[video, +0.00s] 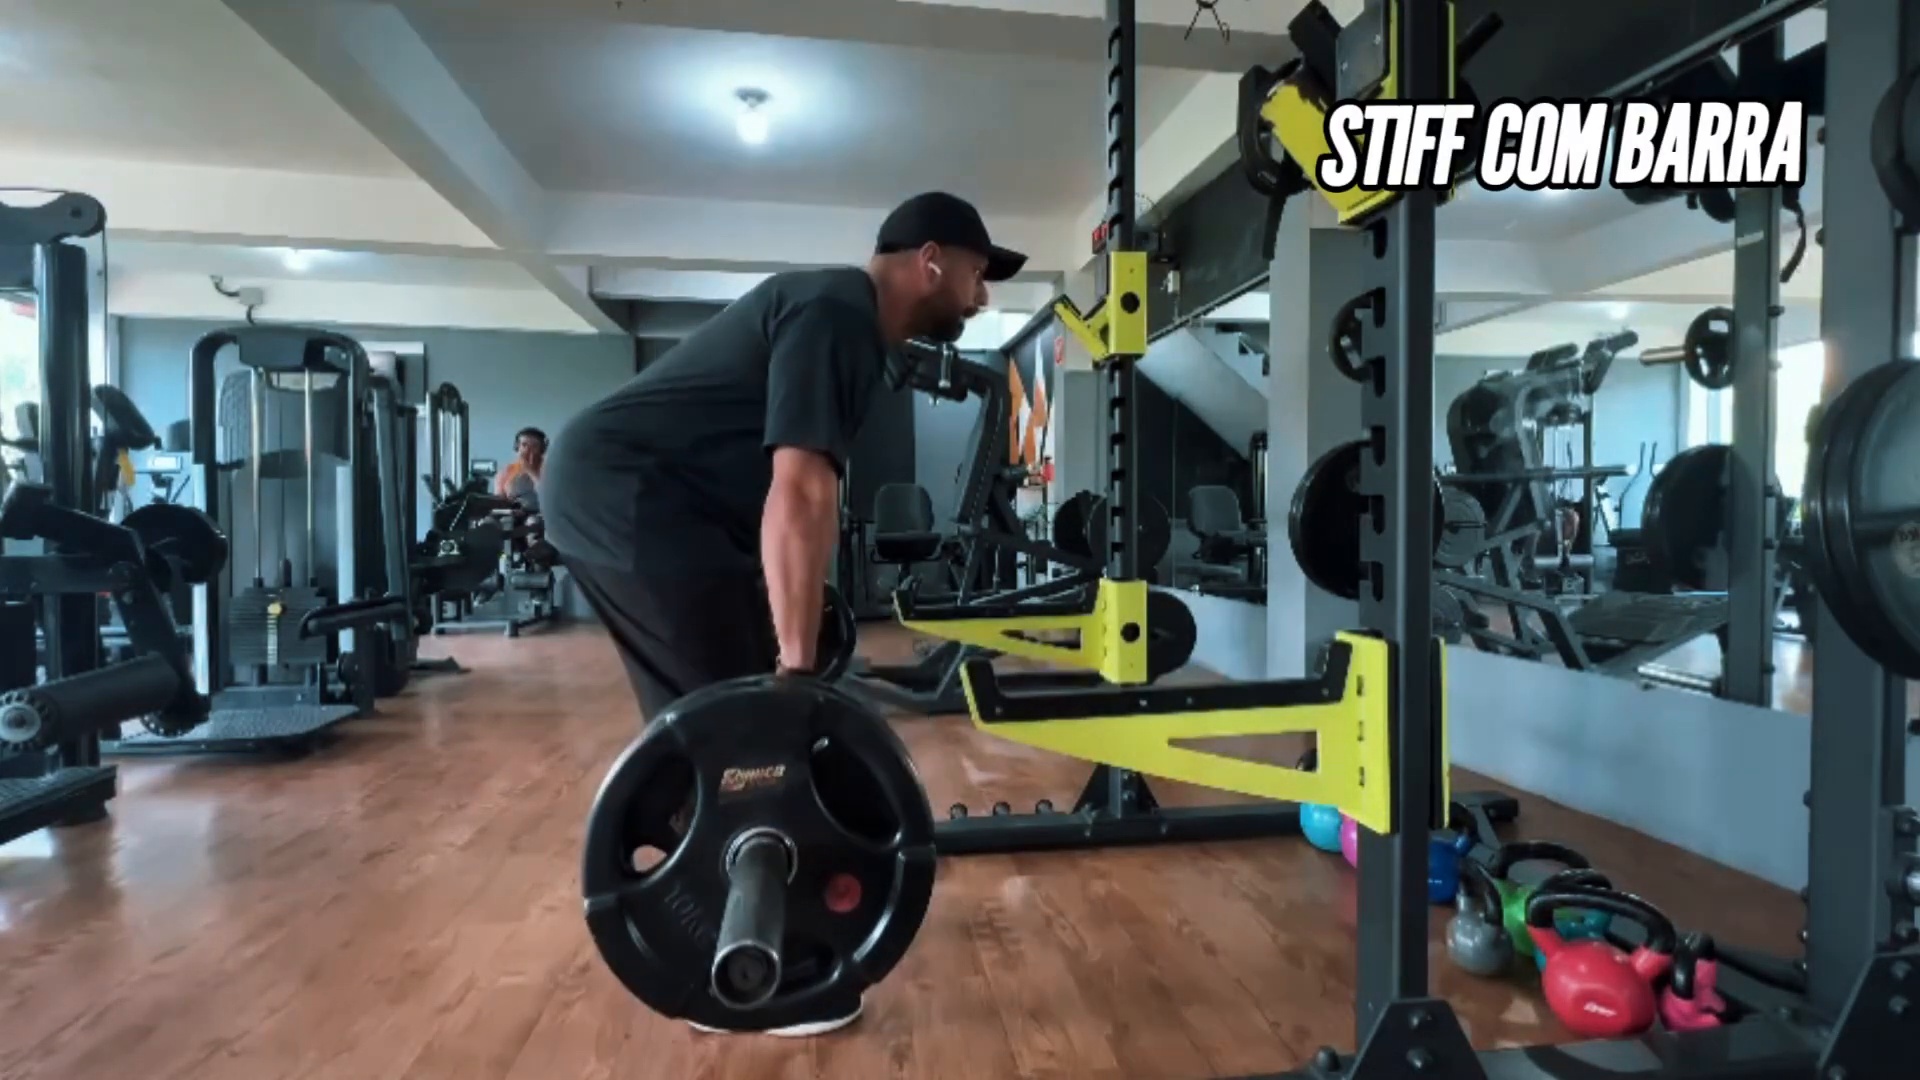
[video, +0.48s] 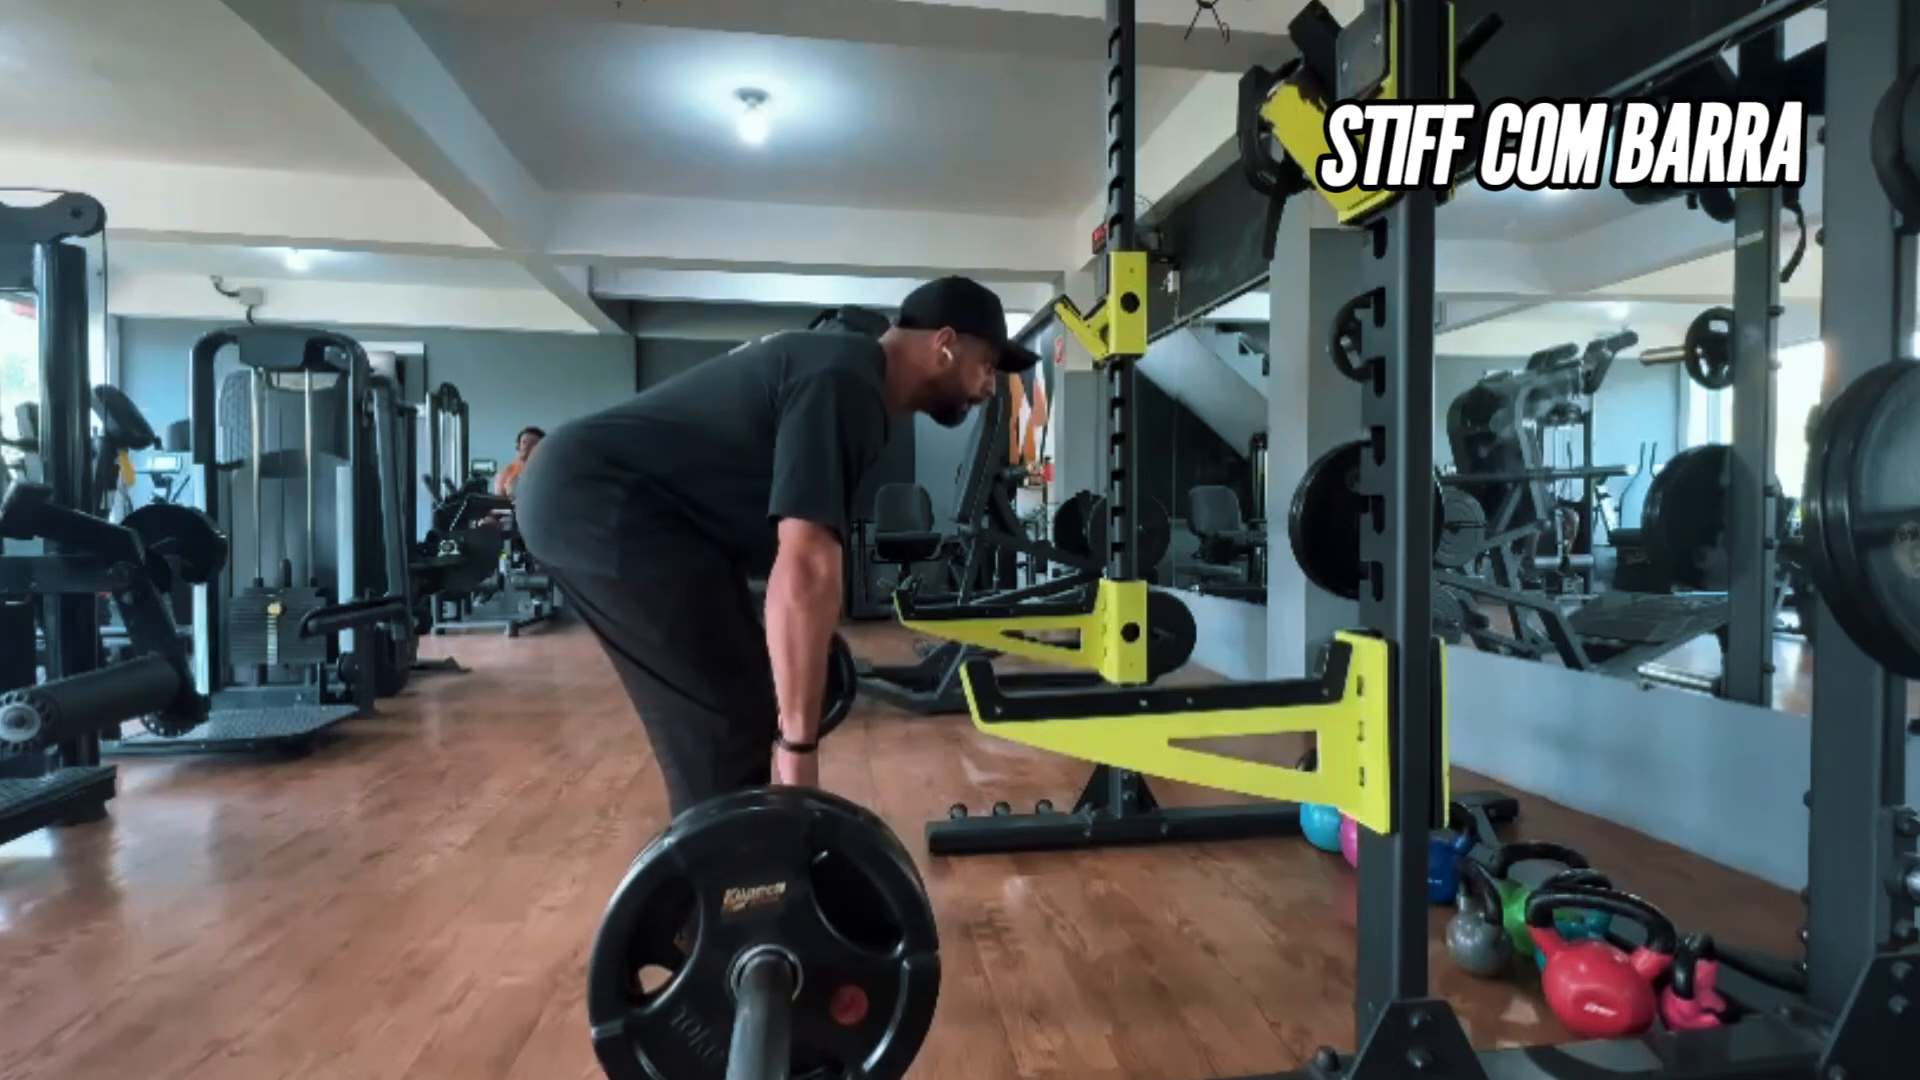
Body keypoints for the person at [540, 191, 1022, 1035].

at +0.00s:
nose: (982, 299)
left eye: (986, 283)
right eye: (978, 277)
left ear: (923, 266)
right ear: (927, 261)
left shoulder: (853, 331)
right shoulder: (831, 307)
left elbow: (805, 491)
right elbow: (800, 489)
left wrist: (801, 650)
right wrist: (800, 661)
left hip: (628, 485)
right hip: (624, 484)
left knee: (706, 719)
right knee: (747, 714)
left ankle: (715, 946)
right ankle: (764, 965)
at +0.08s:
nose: (984, 317)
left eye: (989, 299)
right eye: (982, 293)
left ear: (929, 278)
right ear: (934, 278)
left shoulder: (846, 329)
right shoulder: (835, 320)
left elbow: (799, 503)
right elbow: (800, 505)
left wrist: (795, 664)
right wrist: (798, 677)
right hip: (619, 484)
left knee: (698, 717)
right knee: (744, 706)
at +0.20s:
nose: (985, 337)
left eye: (991, 320)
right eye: (984, 314)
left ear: (932, 299)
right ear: (939, 298)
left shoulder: (847, 343)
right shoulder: (838, 338)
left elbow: (801, 523)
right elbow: (802, 526)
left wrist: (792, 688)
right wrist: (798, 699)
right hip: (613, 487)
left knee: (714, 716)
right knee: (742, 711)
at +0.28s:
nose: (986, 355)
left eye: (993, 338)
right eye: (986, 332)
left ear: (936, 312)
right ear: (942, 313)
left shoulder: (846, 353)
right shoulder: (838, 351)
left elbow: (807, 532)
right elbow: (803, 537)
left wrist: (792, 698)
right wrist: (797, 714)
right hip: (605, 490)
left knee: (727, 702)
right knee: (736, 704)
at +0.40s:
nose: (990, 375)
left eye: (997, 359)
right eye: (989, 352)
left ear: (939, 332)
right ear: (945, 332)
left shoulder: (849, 369)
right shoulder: (838, 367)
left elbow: (816, 545)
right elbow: (803, 552)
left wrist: (793, 716)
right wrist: (797, 732)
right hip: (601, 493)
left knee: (731, 710)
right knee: (733, 713)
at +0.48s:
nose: (989, 388)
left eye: (997, 374)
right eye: (988, 366)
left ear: (939, 344)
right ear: (944, 344)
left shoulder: (846, 376)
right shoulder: (839, 375)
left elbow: (814, 558)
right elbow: (804, 565)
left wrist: (793, 726)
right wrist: (797, 744)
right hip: (599, 493)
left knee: (722, 714)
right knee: (734, 714)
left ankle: (724, 914)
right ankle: (736, 919)